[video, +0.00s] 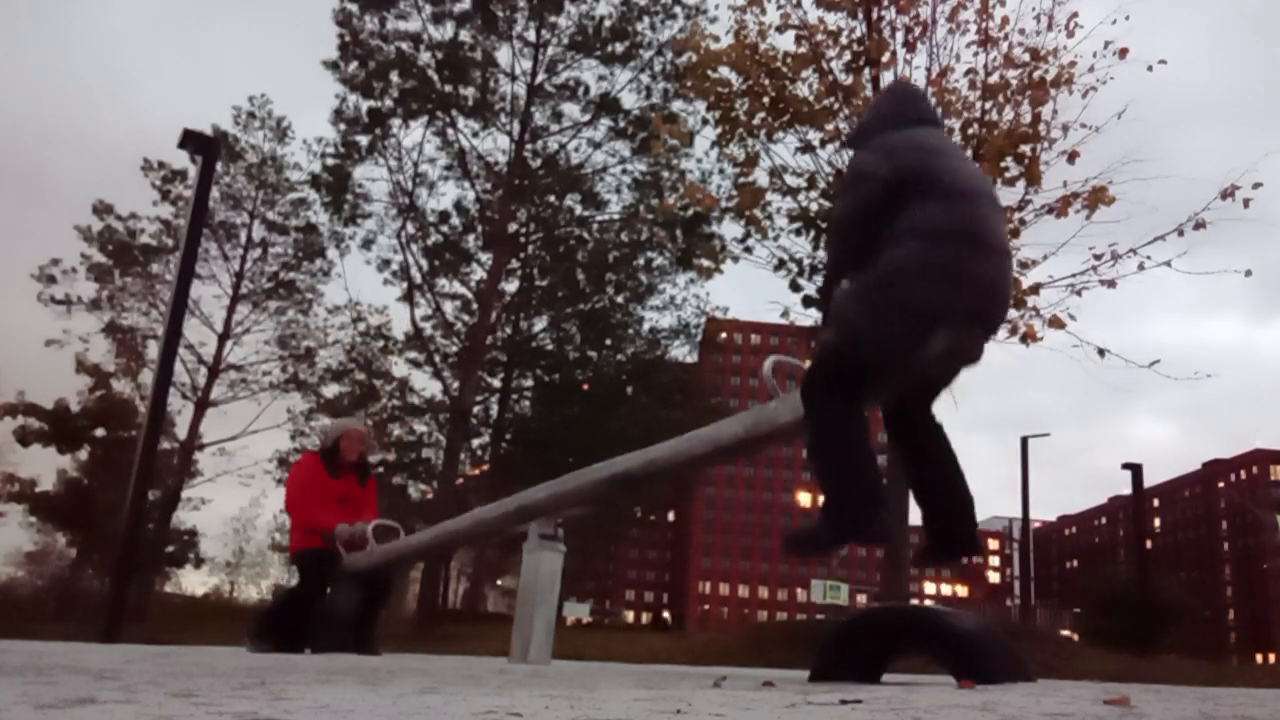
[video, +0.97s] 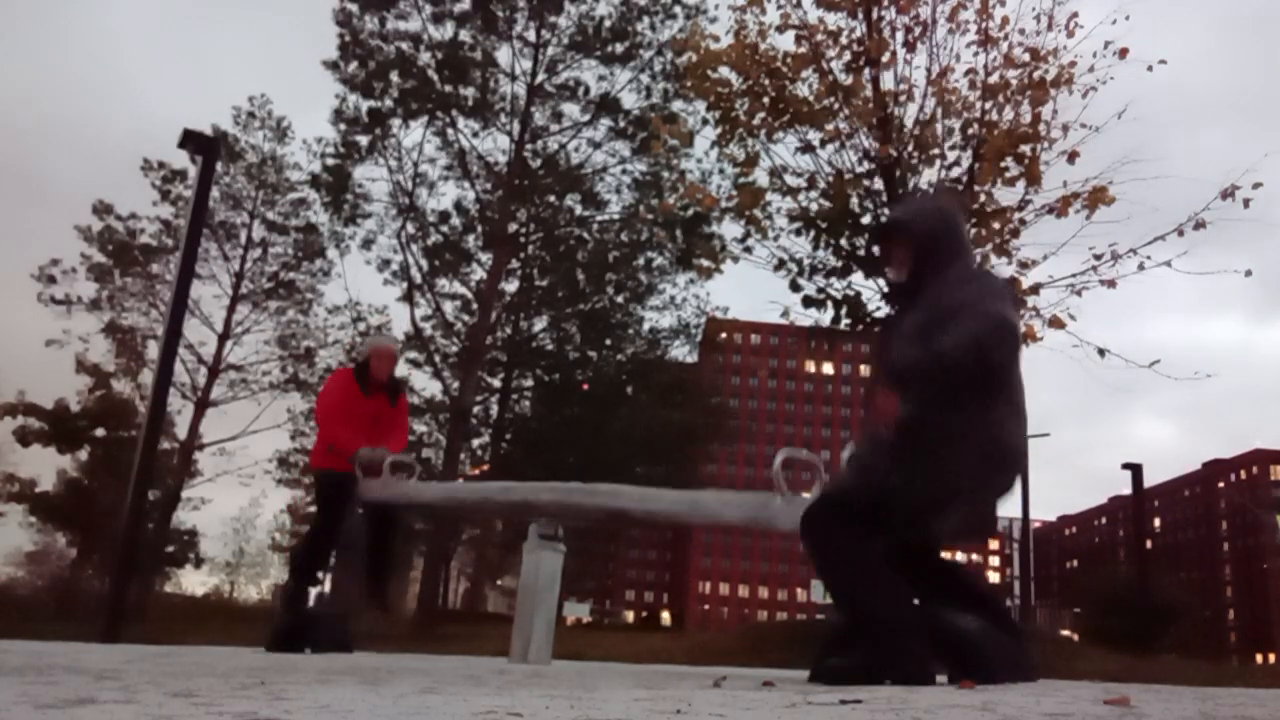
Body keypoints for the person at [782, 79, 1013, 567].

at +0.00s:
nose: (858, 145)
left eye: (863, 136)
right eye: (859, 137)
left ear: (880, 123)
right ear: (921, 120)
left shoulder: (883, 152)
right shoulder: (953, 157)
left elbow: (847, 229)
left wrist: (835, 298)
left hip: (914, 285)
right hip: (984, 295)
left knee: (827, 387)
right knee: (908, 406)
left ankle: (852, 512)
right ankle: (954, 533)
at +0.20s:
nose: (865, 124)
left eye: (869, 114)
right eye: (865, 117)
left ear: (888, 99)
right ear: (925, 94)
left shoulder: (894, 124)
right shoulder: (959, 131)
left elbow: (853, 202)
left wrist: (824, 272)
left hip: (912, 258)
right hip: (980, 269)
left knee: (830, 354)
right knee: (907, 384)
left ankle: (839, 496)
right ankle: (939, 519)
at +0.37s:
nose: (872, 113)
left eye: (877, 102)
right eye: (871, 105)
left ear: (895, 89)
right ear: (928, 84)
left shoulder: (906, 115)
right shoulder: (964, 131)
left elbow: (856, 185)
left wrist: (803, 225)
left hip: (899, 269)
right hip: (964, 278)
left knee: (826, 356)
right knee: (908, 387)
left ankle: (842, 482)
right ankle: (944, 522)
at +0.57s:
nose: (871, 118)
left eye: (878, 106)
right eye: (871, 107)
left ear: (904, 100)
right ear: (926, 98)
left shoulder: (938, 129)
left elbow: (930, 164)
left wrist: (839, 182)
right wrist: (847, 208)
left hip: (925, 295)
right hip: (963, 305)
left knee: (822, 367)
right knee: (905, 415)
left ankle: (838, 496)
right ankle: (961, 549)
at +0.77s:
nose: (883, 188)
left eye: (890, 176)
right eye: (882, 178)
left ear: (917, 170)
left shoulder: (968, 209)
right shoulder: (904, 232)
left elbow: (941, 242)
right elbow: (879, 334)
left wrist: (884, 259)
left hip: (953, 374)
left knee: (829, 445)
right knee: (915, 489)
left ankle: (858, 601)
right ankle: (982, 627)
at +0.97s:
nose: (888, 258)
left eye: (897, 246)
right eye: (886, 248)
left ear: (928, 245)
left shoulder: (975, 294)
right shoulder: (912, 314)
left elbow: (973, 354)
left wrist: (902, 373)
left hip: (968, 455)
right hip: (935, 455)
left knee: (829, 522)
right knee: (894, 556)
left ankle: (891, 653)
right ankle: (997, 646)